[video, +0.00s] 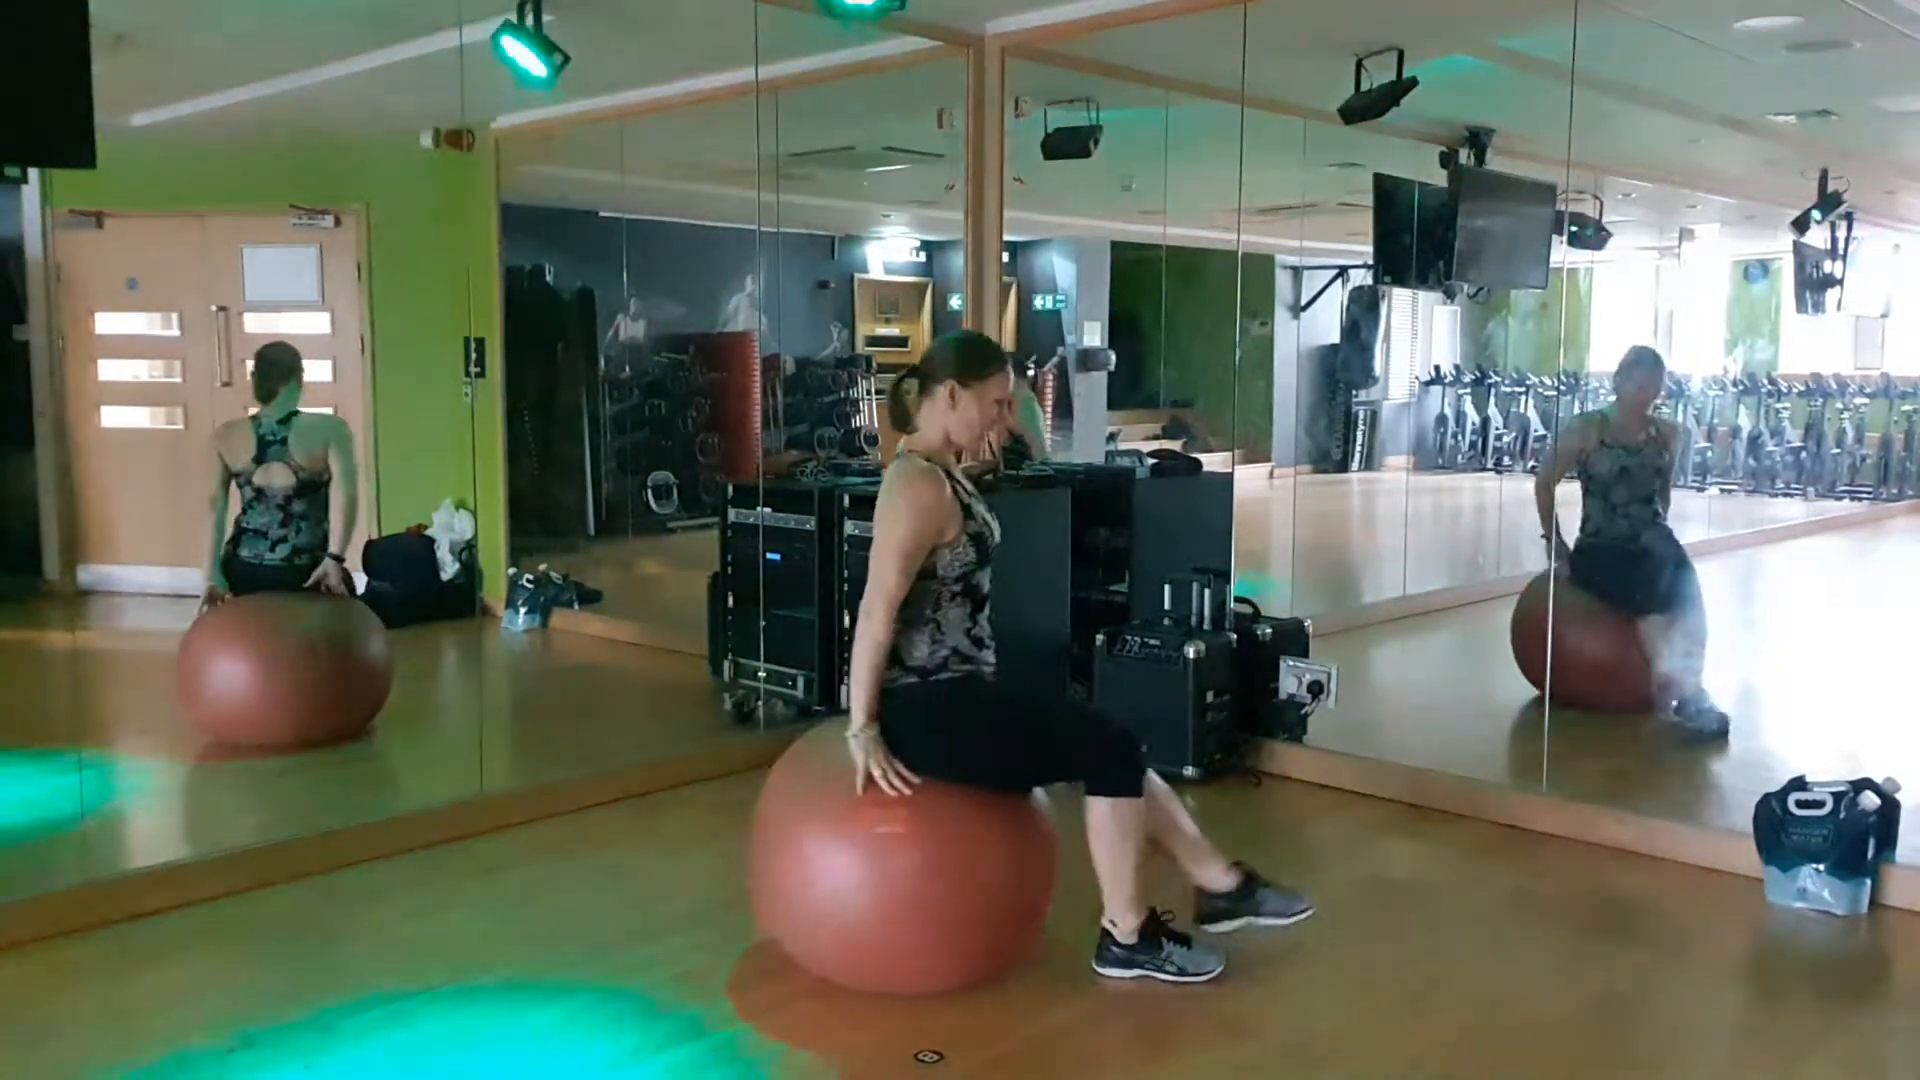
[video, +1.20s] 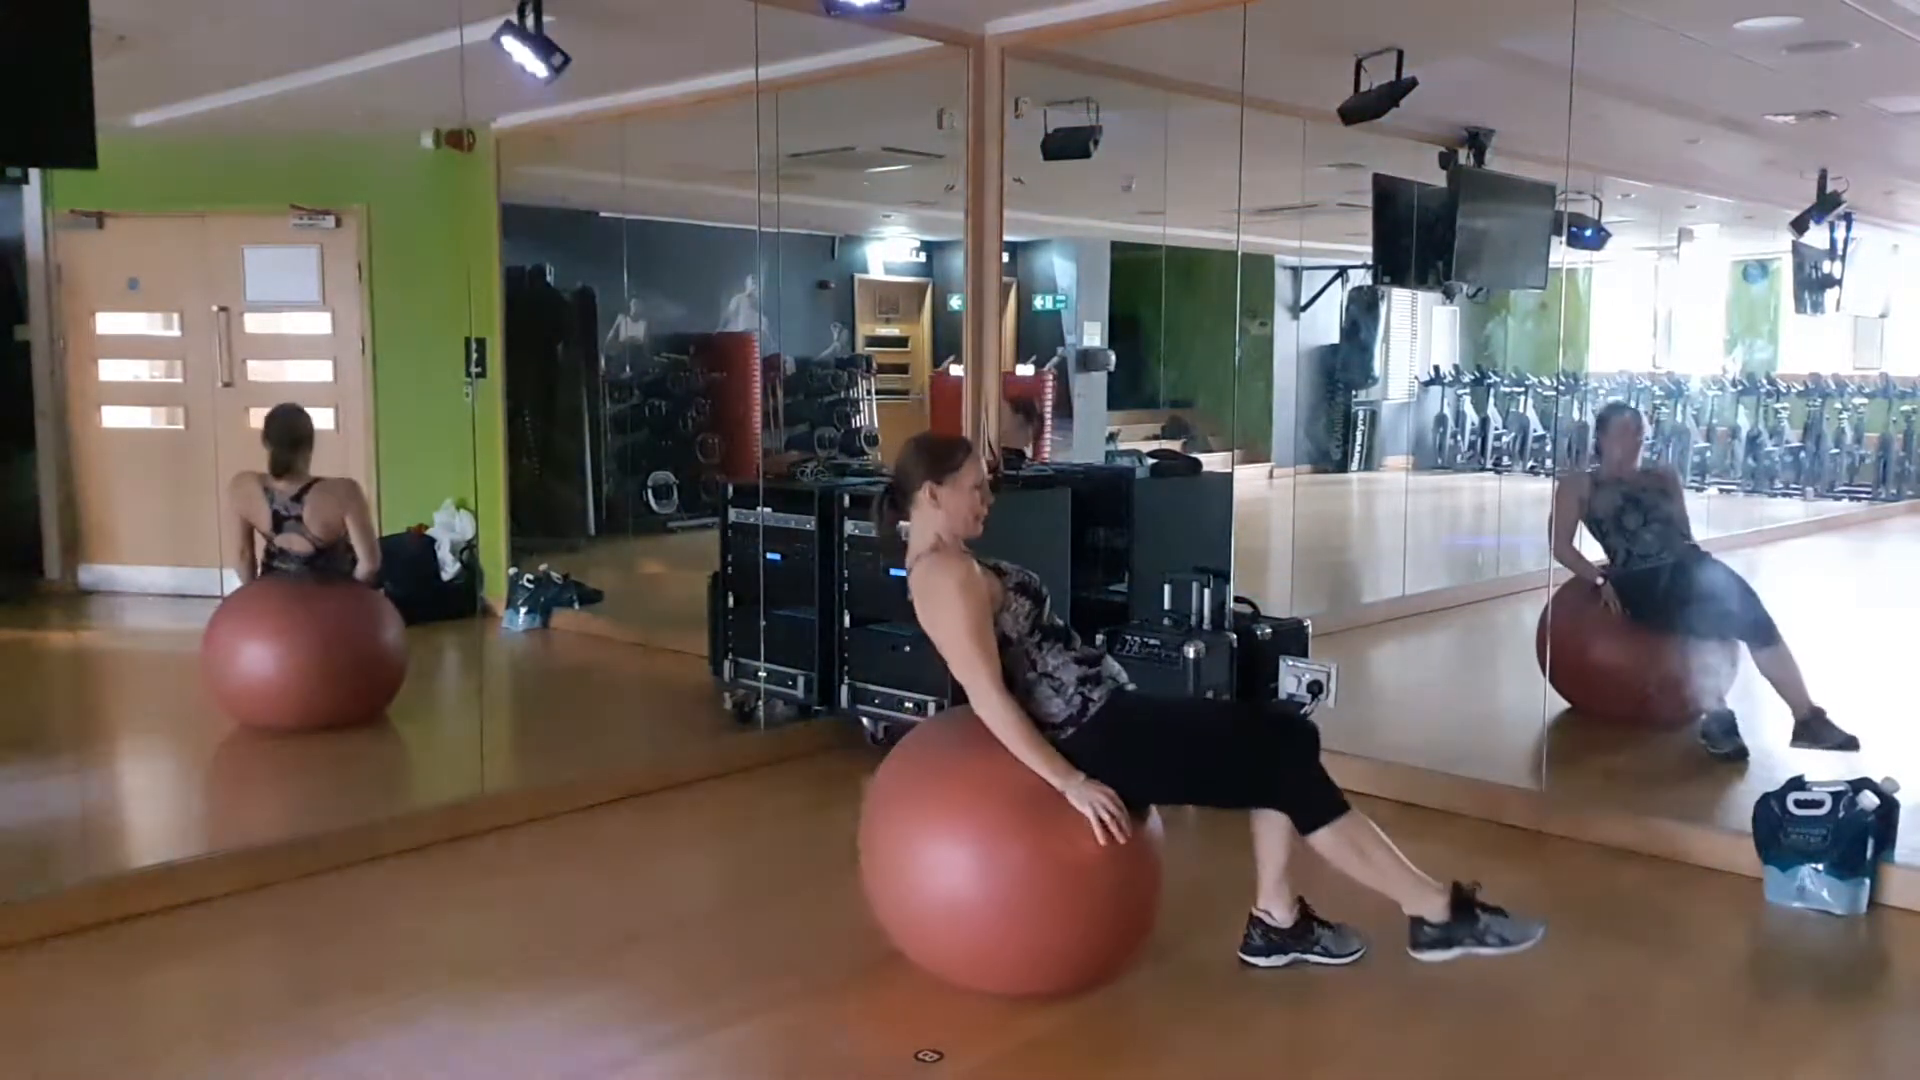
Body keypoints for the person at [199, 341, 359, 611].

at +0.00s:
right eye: (299, 376)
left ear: (256, 383)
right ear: (298, 379)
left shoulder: (228, 435)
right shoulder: (330, 429)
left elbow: (217, 507)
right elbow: (345, 494)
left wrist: (213, 573)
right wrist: (335, 556)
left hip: (244, 569)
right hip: (306, 568)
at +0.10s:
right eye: (300, 379)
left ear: (256, 383)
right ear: (300, 383)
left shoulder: (228, 436)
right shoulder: (330, 432)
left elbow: (217, 507)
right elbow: (345, 498)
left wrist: (214, 574)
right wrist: (337, 560)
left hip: (247, 568)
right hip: (309, 567)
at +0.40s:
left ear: (263, 393)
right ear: (307, 395)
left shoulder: (235, 446)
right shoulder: (334, 445)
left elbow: (222, 516)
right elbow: (347, 515)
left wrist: (229, 579)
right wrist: (343, 571)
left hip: (257, 575)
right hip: (315, 574)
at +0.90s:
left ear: (262, 422)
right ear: (307, 422)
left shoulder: (241, 470)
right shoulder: (340, 472)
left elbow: (235, 541)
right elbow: (361, 547)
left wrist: (242, 596)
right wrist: (338, 591)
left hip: (268, 597)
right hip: (325, 596)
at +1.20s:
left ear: (265, 442)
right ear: (311, 442)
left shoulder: (244, 488)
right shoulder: (344, 493)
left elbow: (242, 557)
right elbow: (370, 563)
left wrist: (256, 598)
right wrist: (346, 595)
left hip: (273, 606)